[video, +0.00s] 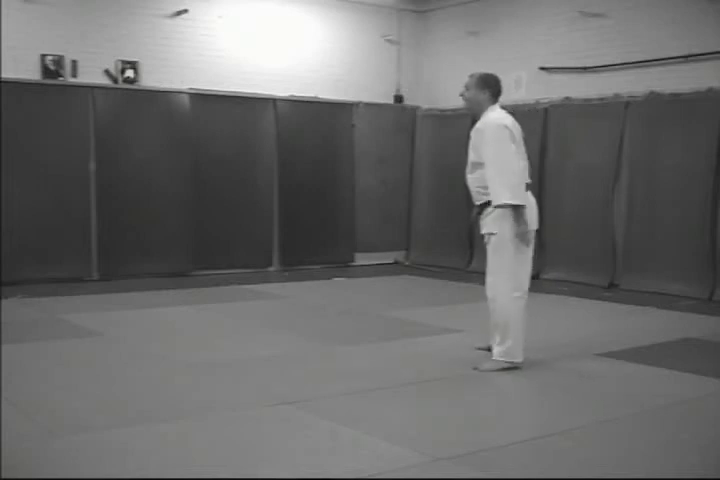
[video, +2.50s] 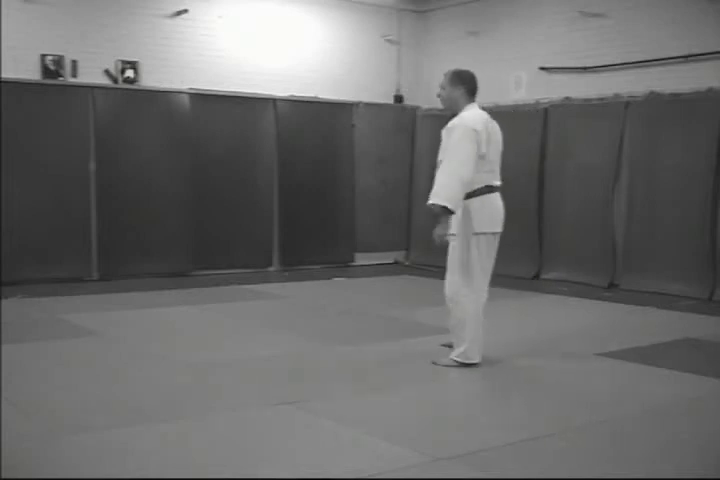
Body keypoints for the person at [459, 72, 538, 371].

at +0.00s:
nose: (462, 94)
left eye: (467, 89)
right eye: (463, 89)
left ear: (485, 93)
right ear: (486, 94)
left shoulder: (494, 125)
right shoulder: (493, 123)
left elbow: (506, 170)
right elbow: (506, 169)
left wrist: (519, 217)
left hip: (505, 213)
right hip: (505, 211)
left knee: (504, 284)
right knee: (503, 283)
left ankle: (508, 354)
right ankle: (502, 343)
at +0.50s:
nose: (462, 93)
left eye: (467, 88)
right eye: (463, 88)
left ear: (485, 91)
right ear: (488, 92)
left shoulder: (491, 124)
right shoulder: (499, 121)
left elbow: (484, 171)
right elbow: (490, 171)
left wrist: (459, 208)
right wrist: (468, 209)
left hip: (497, 211)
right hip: (504, 208)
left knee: (491, 283)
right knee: (498, 281)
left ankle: (495, 352)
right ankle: (503, 343)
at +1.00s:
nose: (454, 91)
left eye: (460, 86)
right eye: (456, 86)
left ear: (477, 90)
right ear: (481, 92)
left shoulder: (479, 124)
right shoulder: (499, 120)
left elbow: (478, 173)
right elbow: (493, 172)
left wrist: (475, 218)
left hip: (489, 210)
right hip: (502, 205)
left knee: (486, 281)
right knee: (475, 277)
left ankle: (495, 353)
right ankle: (475, 338)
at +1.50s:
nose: (449, 94)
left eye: (454, 89)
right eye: (450, 89)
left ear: (471, 93)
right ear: (475, 93)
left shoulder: (470, 122)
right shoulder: (482, 119)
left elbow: (463, 166)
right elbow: (469, 168)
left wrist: (443, 205)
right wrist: (454, 211)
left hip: (479, 207)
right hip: (478, 206)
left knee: (471, 278)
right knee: (463, 276)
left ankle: (490, 349)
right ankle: (465, 338)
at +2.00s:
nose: (443, 94)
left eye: (449, 89)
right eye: (445, 89)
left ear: (467, 93)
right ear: (469, 93)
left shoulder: (470, 126)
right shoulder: (478, 122)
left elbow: (464, 173)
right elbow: (466, 171)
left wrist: (449, 215)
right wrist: (450, 210)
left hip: (474, 209)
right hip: (480, 207)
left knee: (465, 281)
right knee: (469, 280)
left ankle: (466, 350)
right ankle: (464, 340)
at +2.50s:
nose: (439, 94)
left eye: (444, 88)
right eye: (440, 88)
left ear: (461, 92)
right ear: (467, 93)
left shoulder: (464, 125)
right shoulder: (487, 122)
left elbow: (455, 171)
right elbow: (485, 171)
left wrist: (444, 216)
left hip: (472, 209)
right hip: (489, 206)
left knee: (462, 282)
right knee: (473, 280)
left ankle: (467, 352)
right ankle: (466, 340)